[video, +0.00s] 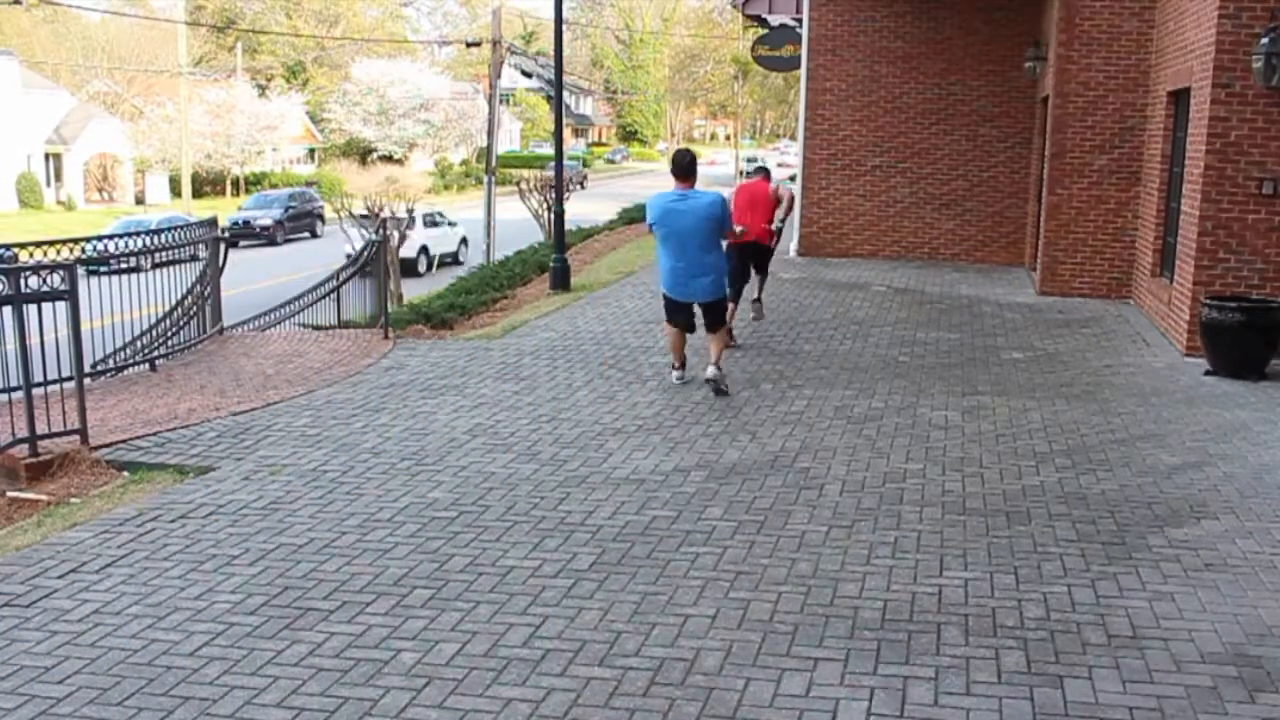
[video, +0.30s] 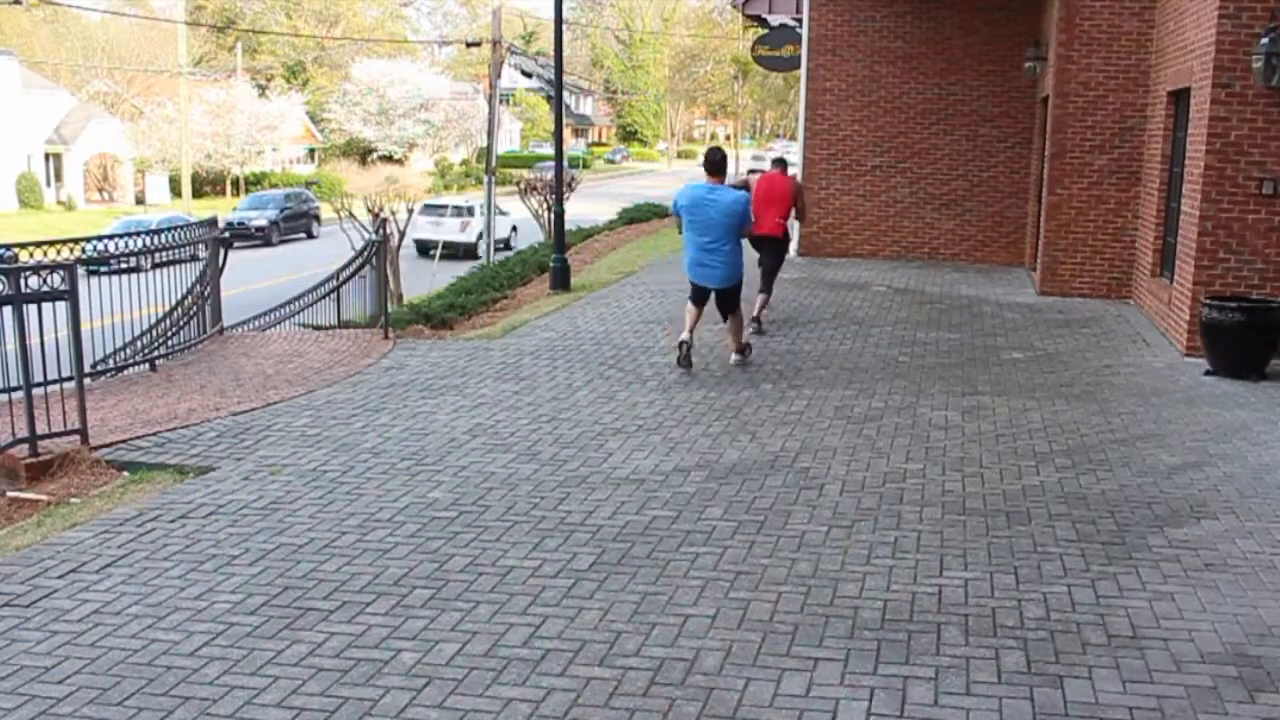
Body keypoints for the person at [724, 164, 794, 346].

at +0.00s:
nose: (768, 183)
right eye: (769, 180)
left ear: (749, 176)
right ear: (767, 177)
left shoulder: (737, 189)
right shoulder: (772, 188)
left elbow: (727, 209)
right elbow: (788, 195)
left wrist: (730, 227)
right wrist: (780, 221)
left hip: (737, 239)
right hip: (762, 238)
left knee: (735, 286)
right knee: (762, 271)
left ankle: (727, 327)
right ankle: (757, 297)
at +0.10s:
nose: (778, 176)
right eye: (778, 173)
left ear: (761, 169)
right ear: (777, 171)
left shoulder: (744, 181)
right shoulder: (782, 185)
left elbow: (733, 205)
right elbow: (786, 210)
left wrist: (735, 224)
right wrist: (785, 233)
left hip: (743, 231)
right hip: (769, 233)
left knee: (742, 277)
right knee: (771, 275)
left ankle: (731, 303)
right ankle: (758, 308)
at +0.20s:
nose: (783, 177)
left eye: (780, 174)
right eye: (783, 174)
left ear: (767, 169)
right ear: (782, 172)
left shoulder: (749, 183)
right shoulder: (787, 188)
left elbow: (736, 205)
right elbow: (789, 219)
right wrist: (789, 233)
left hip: (749, 234)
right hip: (772, 235)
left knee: (754, 272)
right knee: (770, 283)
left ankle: (748, 283)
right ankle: (754, 319)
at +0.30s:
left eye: (775, 168)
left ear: (770, 168)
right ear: (787, 171)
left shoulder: (755, 179)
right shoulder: (794, 185)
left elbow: (733, 187)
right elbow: (800, 216)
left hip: (756, 232)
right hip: (778, 233)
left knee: (765, 255)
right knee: (767, 280)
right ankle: (755, 315)